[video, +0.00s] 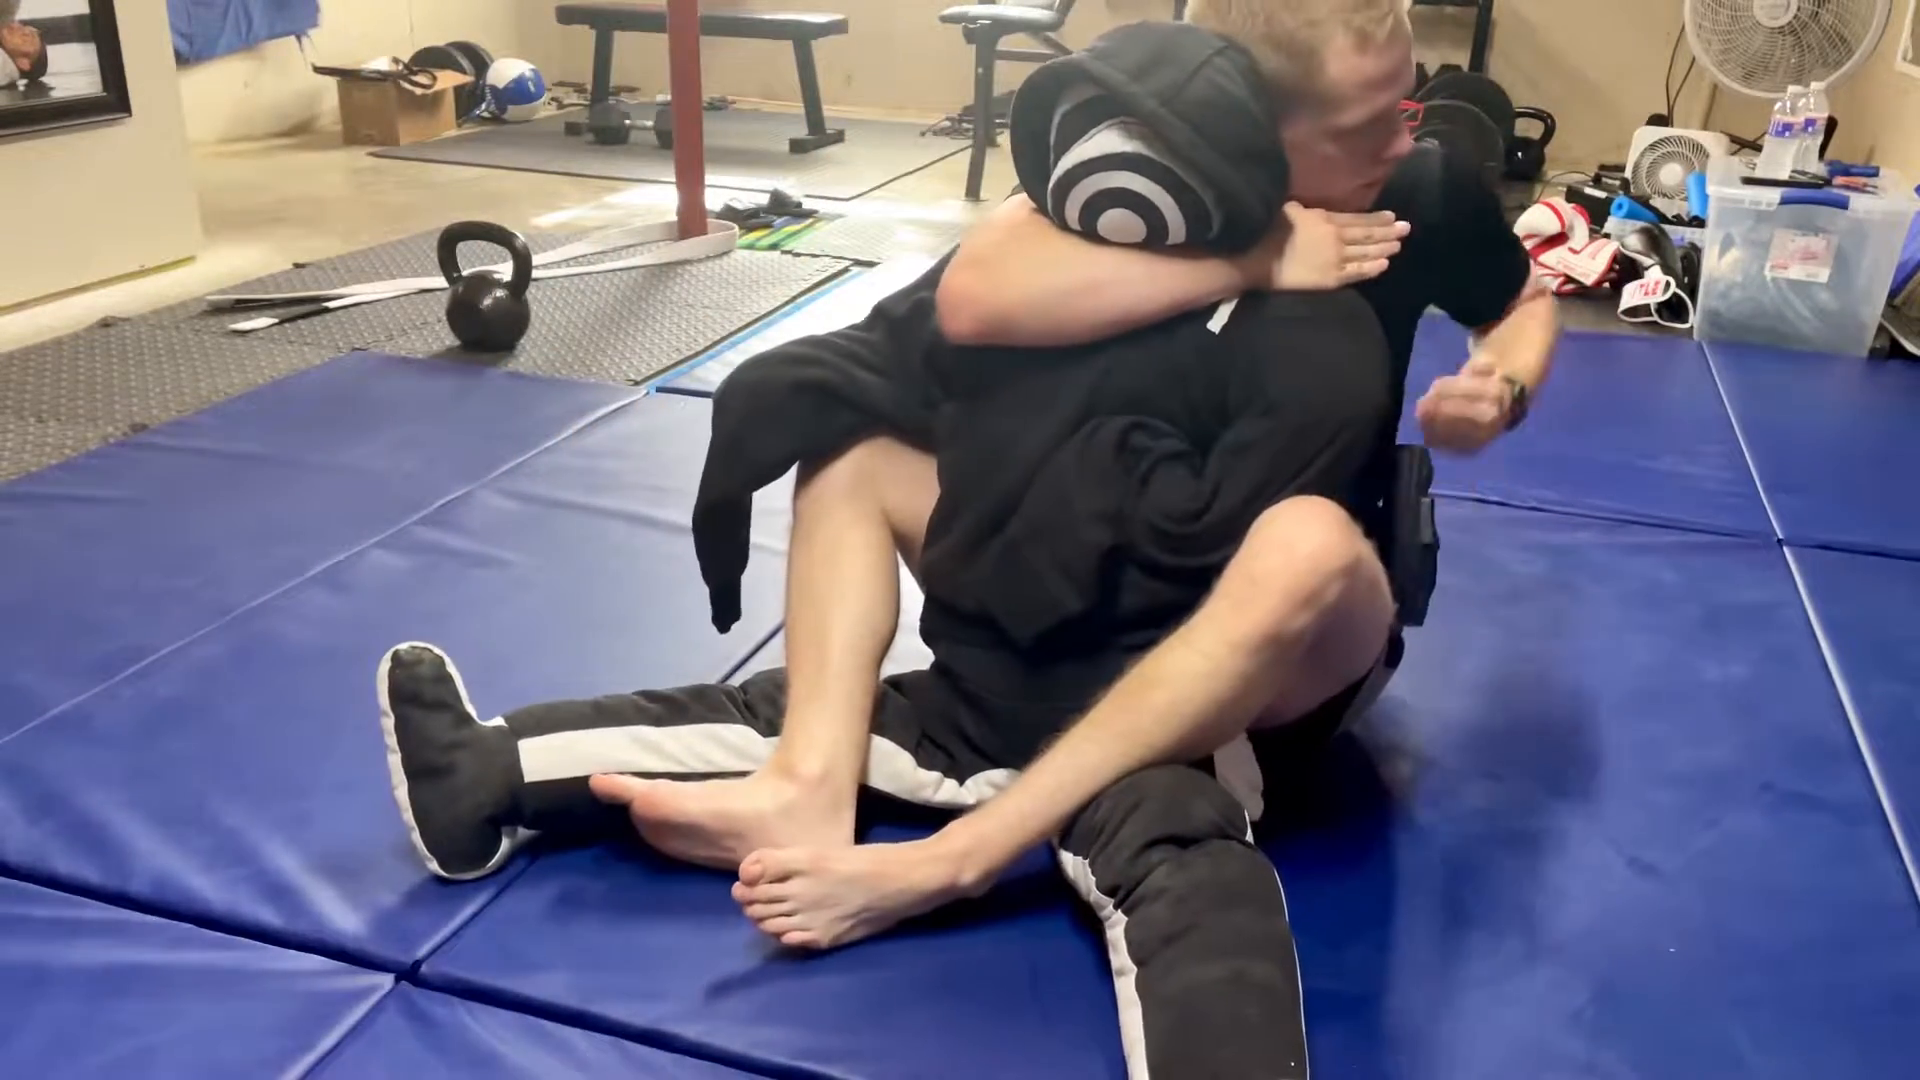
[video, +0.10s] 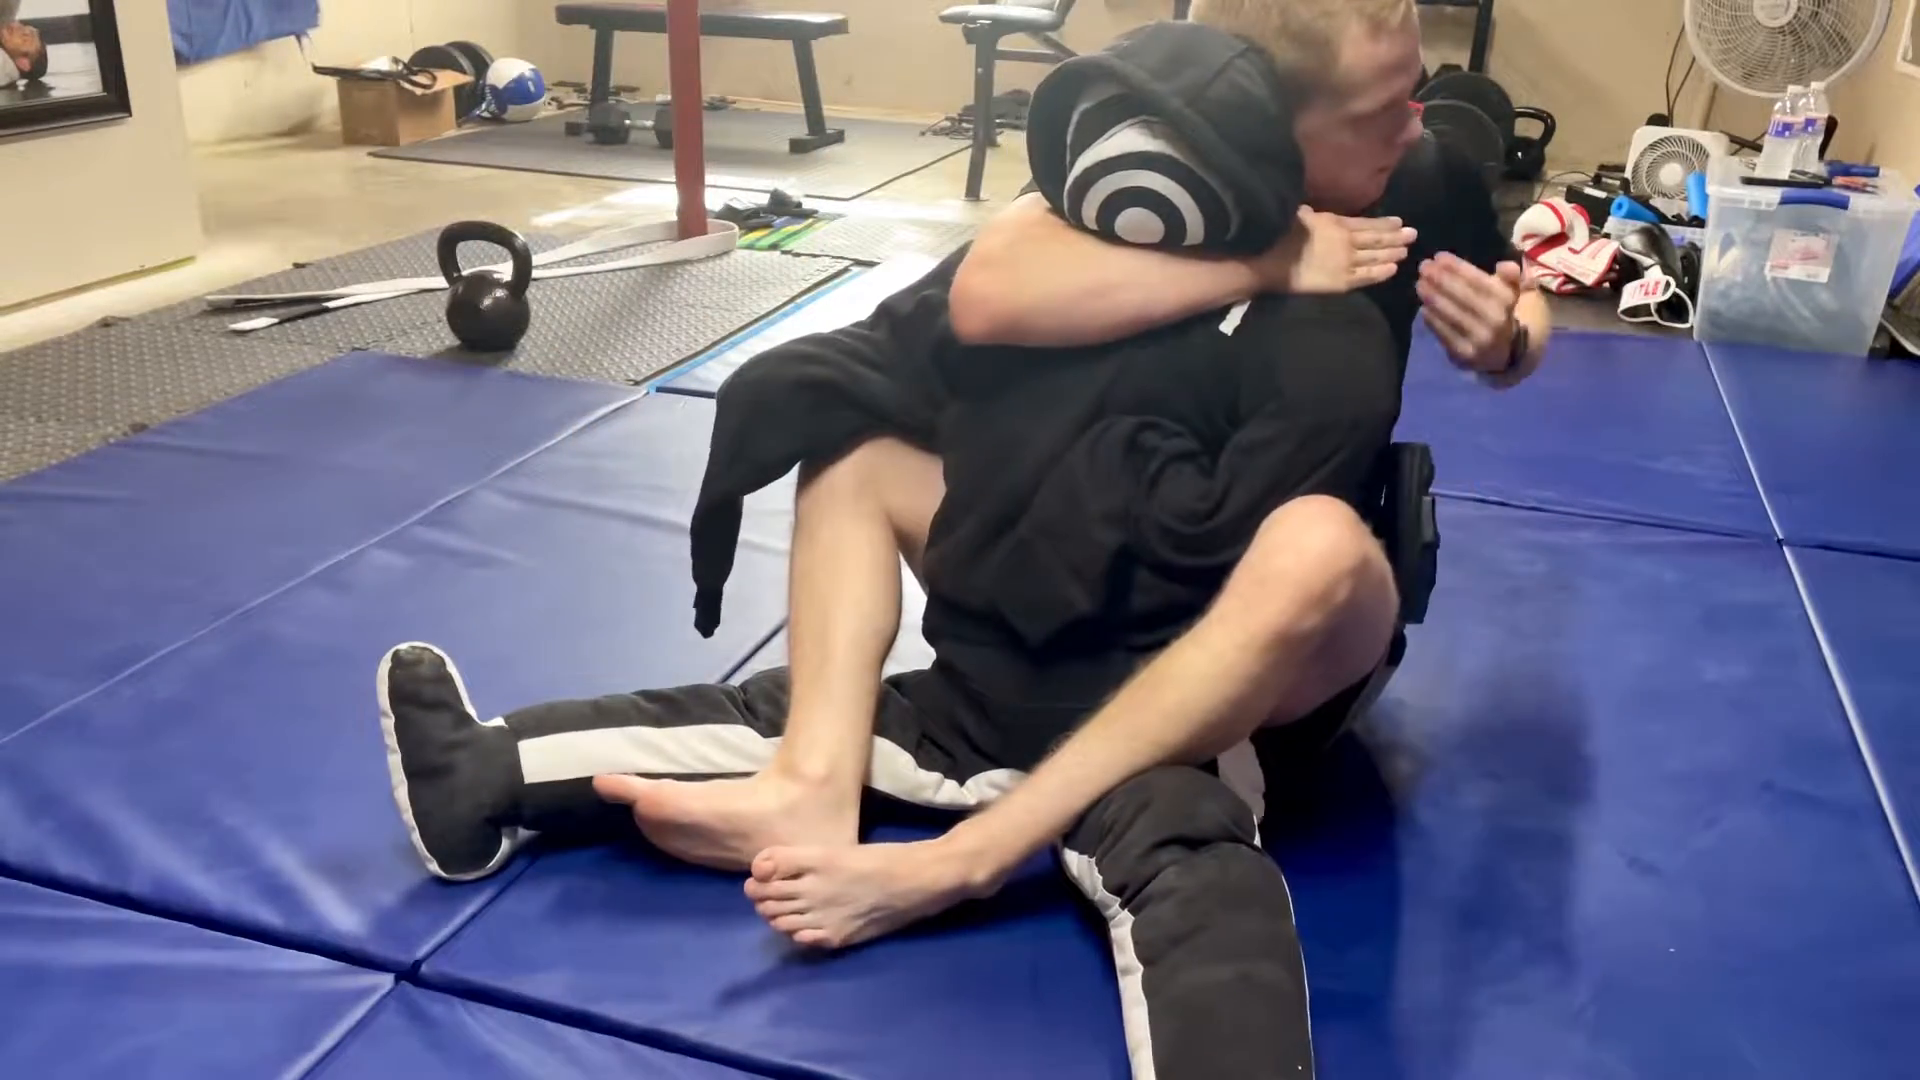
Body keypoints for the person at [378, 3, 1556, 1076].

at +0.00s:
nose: (1412, 124)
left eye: (1411, 100)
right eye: (1382, 116)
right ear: (1255, 138)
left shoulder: (1421, 192)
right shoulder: (1136, 190)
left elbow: (1531, 300)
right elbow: (975, 292)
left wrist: (1502, 374)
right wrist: (1255, 261)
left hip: (1265, 613)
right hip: (1068, 572)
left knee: (1313, 544)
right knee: (852, 452)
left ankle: (957, 855)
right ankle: (813, 788)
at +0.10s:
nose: (1419, 124)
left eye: (1418, 95)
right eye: (1391, 107)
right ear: (1270, 127)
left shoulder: (1398, 203)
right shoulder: (1130, 184)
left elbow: (1507, 346)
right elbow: (985, 293)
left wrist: (1501, 335)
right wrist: (1269, 265)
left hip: (1253, 612)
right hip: (1059, 581)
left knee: (1324, 543)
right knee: (856, 453)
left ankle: (966, 855)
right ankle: (816, 788)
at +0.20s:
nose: (1416, 118)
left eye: (1418, 89)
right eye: (1387, 100)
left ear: (1411, 89)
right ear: (1276, 112)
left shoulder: (1427, 206)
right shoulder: (1162, 167)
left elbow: (1536, 391)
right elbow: (988, 289)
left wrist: (1493, 333)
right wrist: (1271, 260)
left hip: (1262, 588)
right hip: (1072, 537)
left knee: (1326, 532)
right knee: (856, 448)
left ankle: (984, 855)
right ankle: (820, 785)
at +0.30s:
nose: (1424, 104)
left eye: (1427, 74)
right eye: (1396, 78)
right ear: (1276, 83)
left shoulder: (1420, 211)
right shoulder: (1148, 169)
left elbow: (1561, 436)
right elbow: (982, 291)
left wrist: (1462, 308)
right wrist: (1245, 253)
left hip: (1275, 599)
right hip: (1075, 554)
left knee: (1321, 527)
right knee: (854, 449)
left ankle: (987, 855)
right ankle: (816, 783)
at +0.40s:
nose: (1449, 85)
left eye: (1456, 56)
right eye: (1424, 54)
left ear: (1354, 62)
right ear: (1300, 53)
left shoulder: (1422, 217)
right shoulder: (1165, 150)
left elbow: (1534, 439)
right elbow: (974, 292)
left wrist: (1408, 243)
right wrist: (1236, 252)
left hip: (1273, 601)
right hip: (1077, 550)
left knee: (1313, 522)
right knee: (852, 442)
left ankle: (990, 851)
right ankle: (816, 775)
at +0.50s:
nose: (1468, 95)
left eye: (1473, 68)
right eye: (1447, 61)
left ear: (1384, 66)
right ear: (1326, 50)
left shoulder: (1437, 200)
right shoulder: (1165, 146)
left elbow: (1495, 355)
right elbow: (976, 282)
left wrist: (1317, 194)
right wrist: (1249, 248)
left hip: (1272, 604)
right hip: (1072, 562)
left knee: (1312, 512)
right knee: (854, 431)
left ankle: (983, 845)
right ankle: (813, 769)